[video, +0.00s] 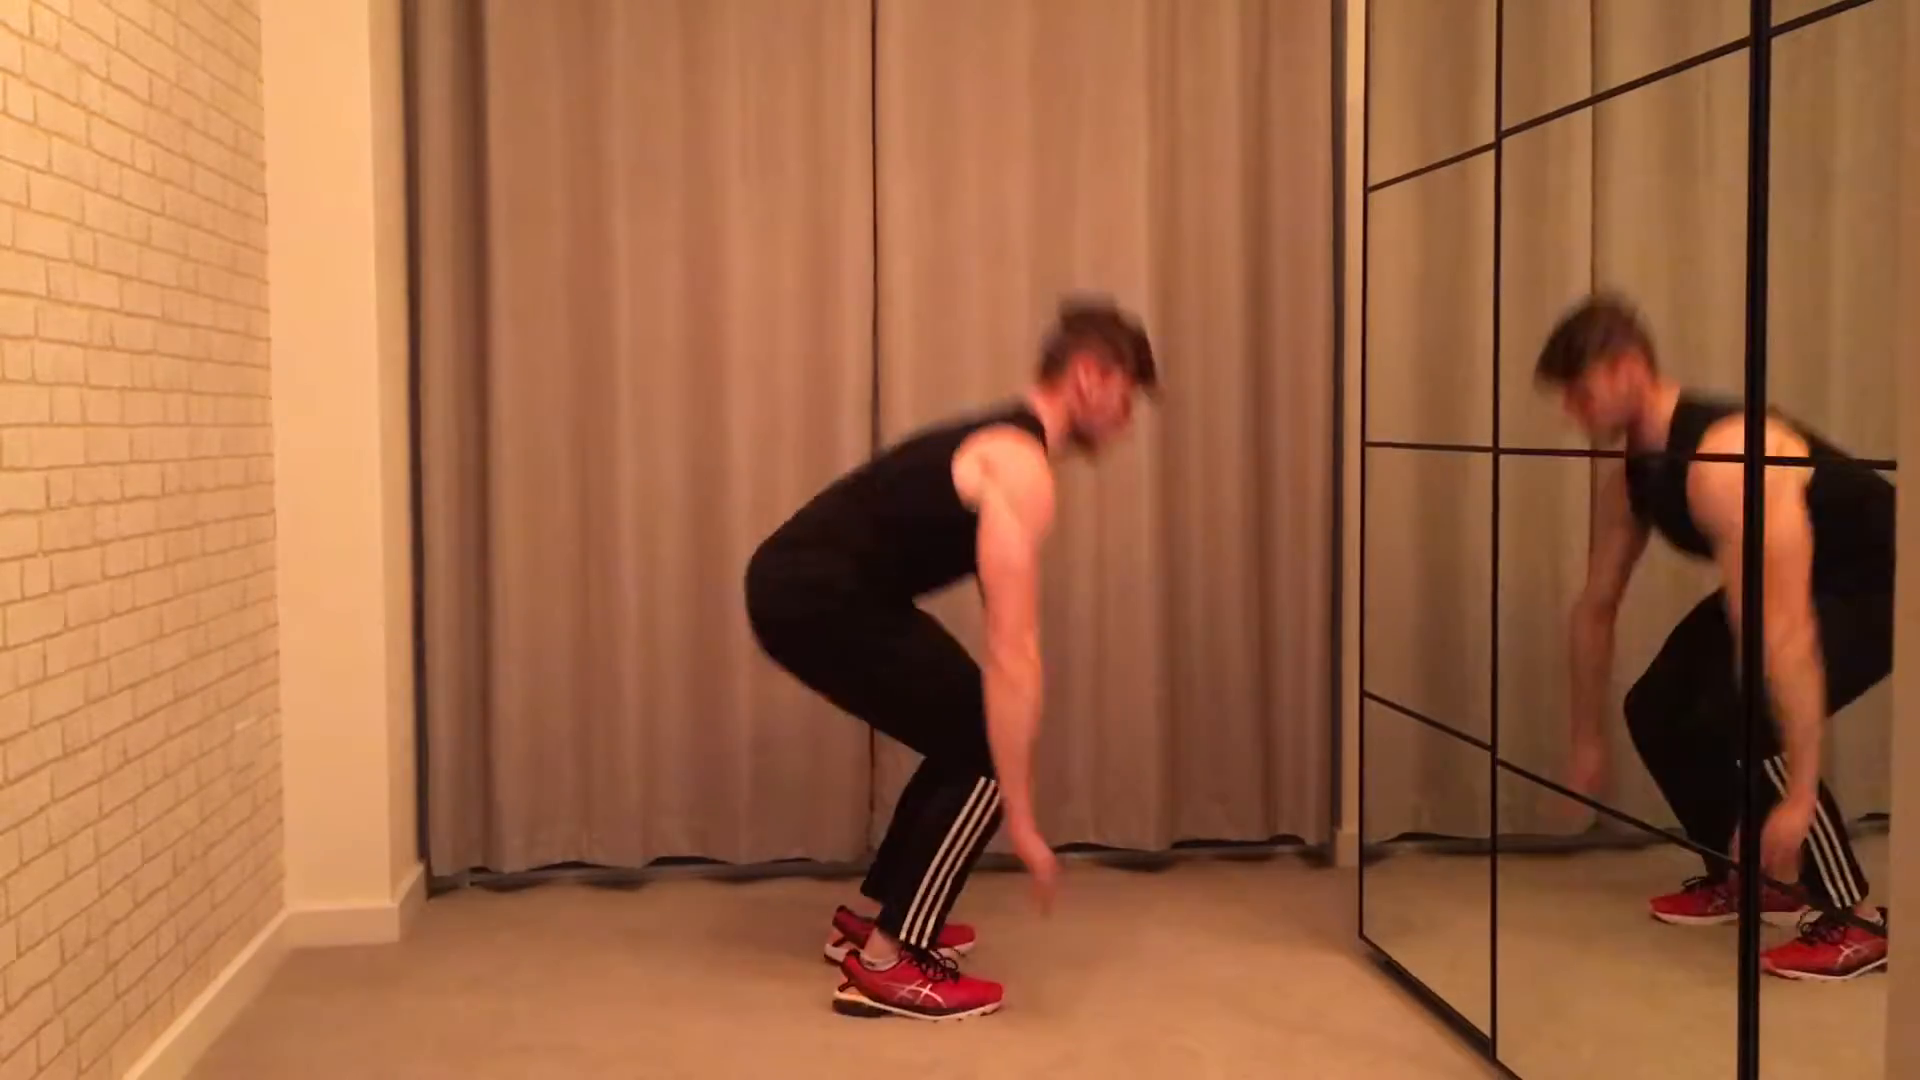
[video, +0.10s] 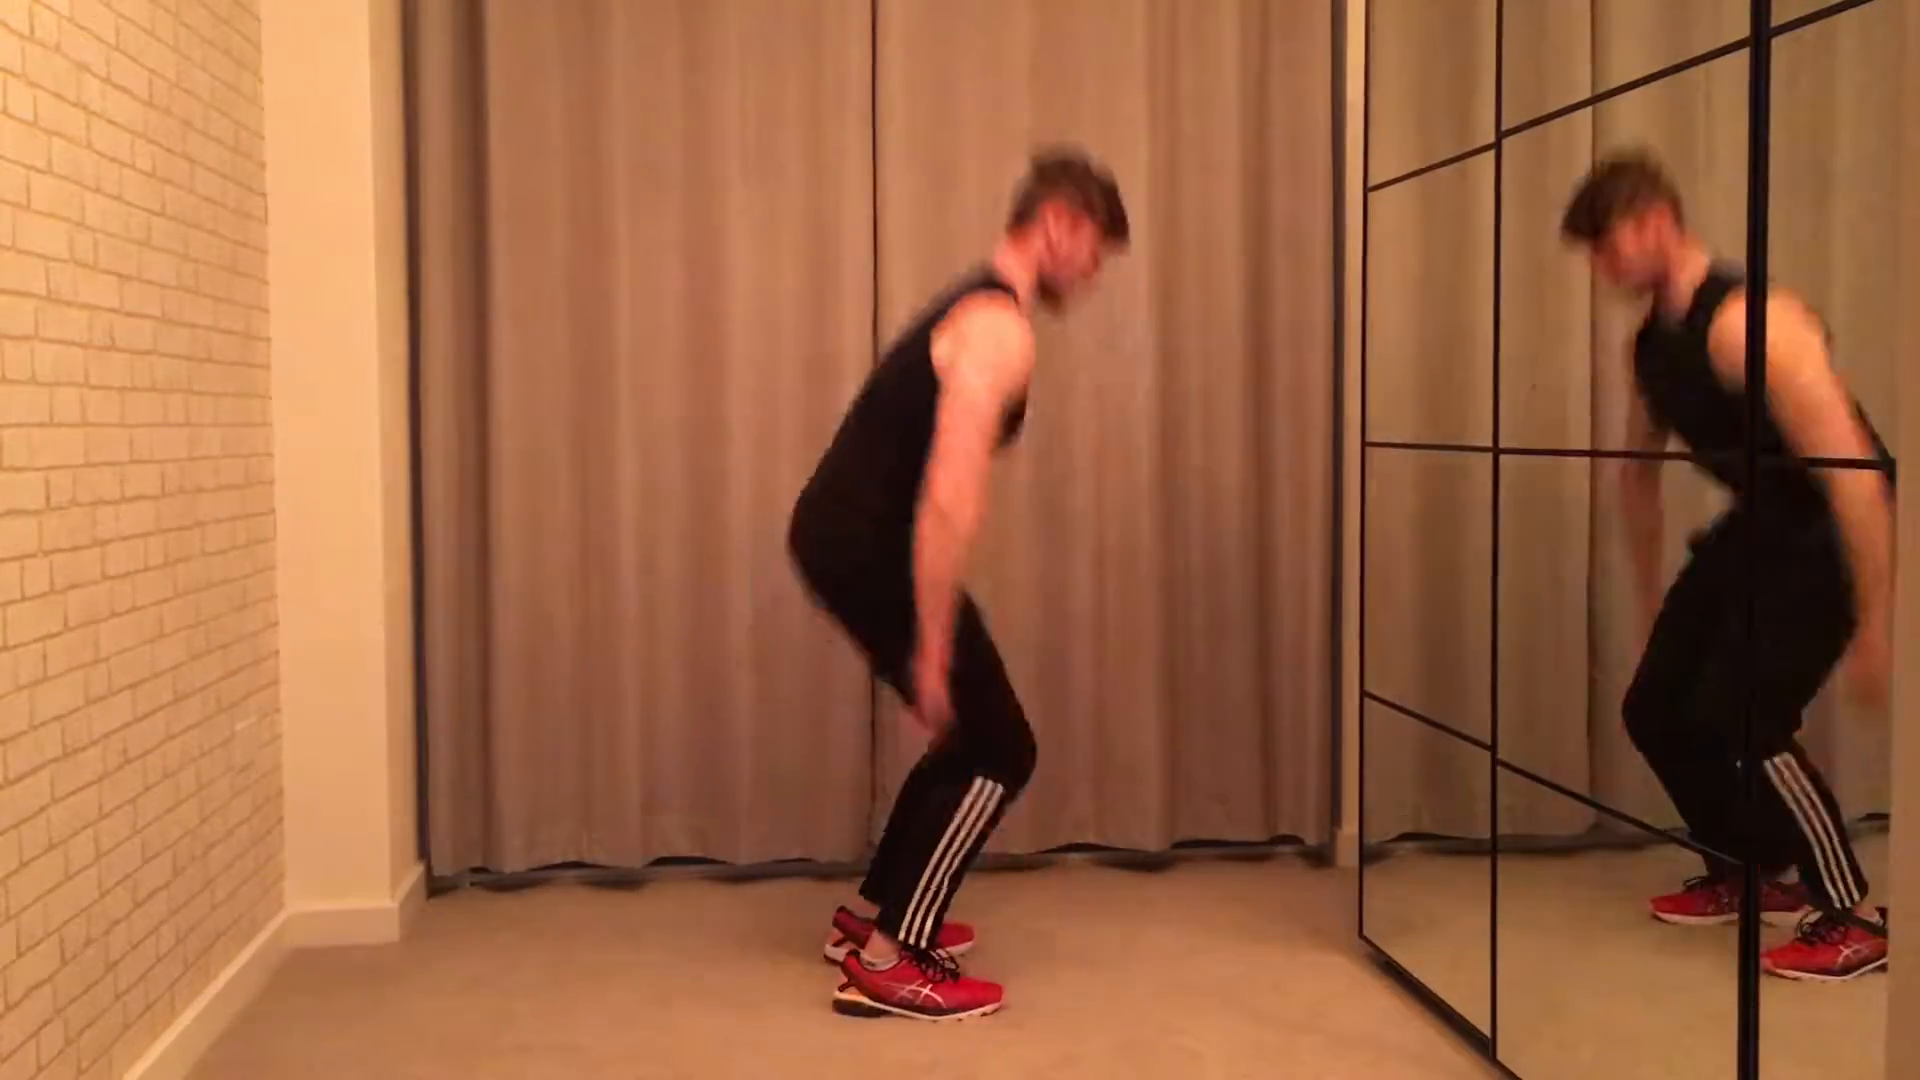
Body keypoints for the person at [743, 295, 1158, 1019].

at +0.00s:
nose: (1129, 411)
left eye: (1133, 392)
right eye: (1127, 388)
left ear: (1080, 374)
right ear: (1088, 374)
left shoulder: (1007, 443)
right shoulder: (1017, 465)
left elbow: (1009, 643)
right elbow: (1011, 656)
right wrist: (1020, 821)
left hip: (813, 590)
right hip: (818, 600)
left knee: (970, 736)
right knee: (986, 746)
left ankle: (874, 913)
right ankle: (888, 955)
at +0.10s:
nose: (1097, 265)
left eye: (1103, 247)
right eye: (1096, 243)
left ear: (1050, 223)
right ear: (1054, 221)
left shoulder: (983, 308)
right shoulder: (995, 328)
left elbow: (942, 493)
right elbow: (946, 503)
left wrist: (925, 639)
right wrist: (932, 650)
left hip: (851, 537)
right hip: (863, 546)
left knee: (981, 731)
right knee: (1000, 746)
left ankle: (878, 912)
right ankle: (891, 956)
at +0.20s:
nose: (1081, 136)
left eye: (1089, 118)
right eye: (1081, 112)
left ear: (1037, 87)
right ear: (1041, 84)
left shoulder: (983, 169)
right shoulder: (985, 181)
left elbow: (913, 328)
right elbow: (901, 333)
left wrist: (872, 460)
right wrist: (859, 469)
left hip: (918, 440)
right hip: (915, 446)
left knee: (929, 681)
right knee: (944, 686)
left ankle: (888, 891)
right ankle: (903, 924)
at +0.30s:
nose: (1083, 63)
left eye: (1091, 45)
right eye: (1086, 39)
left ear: (1034, 19)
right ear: (1039, 16)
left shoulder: (984, 97)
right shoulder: (978, 102)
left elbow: (890, 232)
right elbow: (873, 223)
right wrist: (818, 357)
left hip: (930, 371)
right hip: (919, 374)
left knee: (930, 609)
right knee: (938, 613)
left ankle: (898, 819)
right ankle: (914, 846)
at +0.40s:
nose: (1091, 54)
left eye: (1099, 36)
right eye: (1094, 30)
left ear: (1044, 11)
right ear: (1051, 9)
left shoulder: (987, 78)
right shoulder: (983, 85)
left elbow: (869, 201)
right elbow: (866, 202)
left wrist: (799, 329)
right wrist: (800, 329)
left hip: (925, 340)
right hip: (916, 345)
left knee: (945, 585)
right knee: (944, 586)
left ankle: (916, 806)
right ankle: (916, 815)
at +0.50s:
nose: (1104, 99)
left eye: (1113, 83)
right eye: (1108, 75)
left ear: (1063, 47)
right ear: (1068, 44)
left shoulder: (999, 118)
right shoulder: (993, 122)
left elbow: (887, 238)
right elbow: (878, 234)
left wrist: (814, 364)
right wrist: (807, 365)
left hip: (925, 371)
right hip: (908, 373)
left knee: (953, 604)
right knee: (948, 606)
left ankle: (951, 829)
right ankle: (938, 842)